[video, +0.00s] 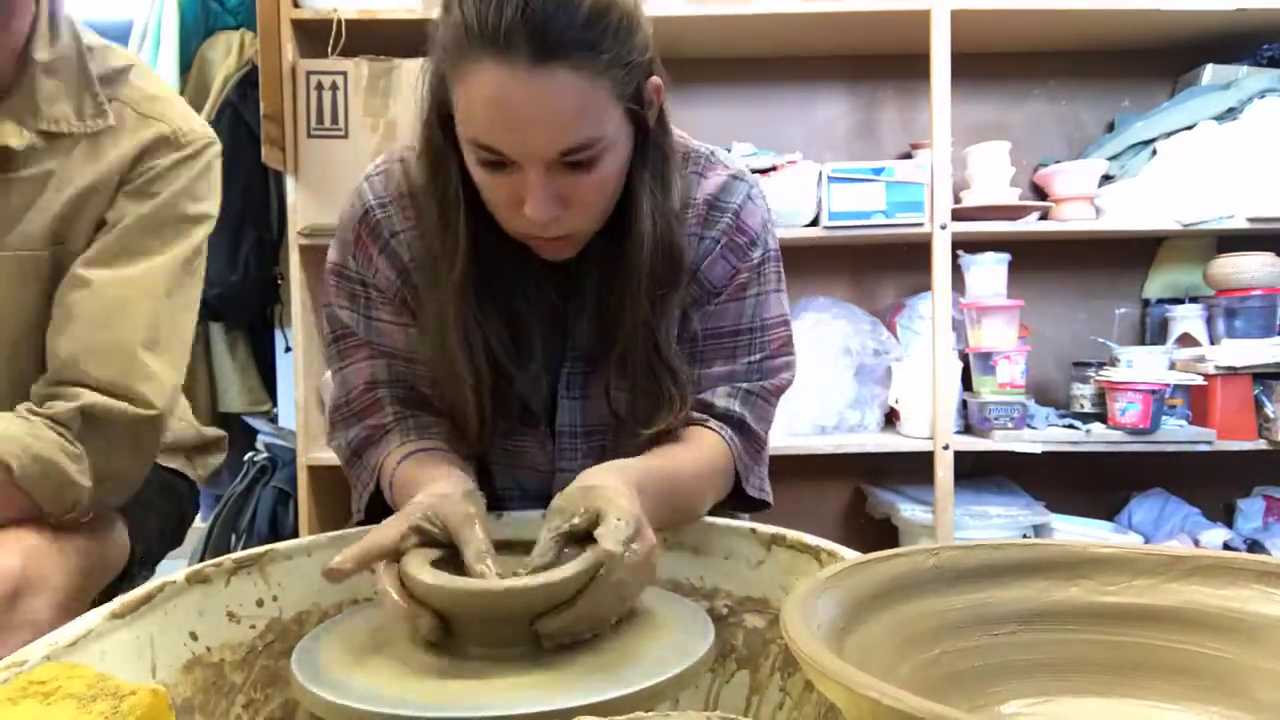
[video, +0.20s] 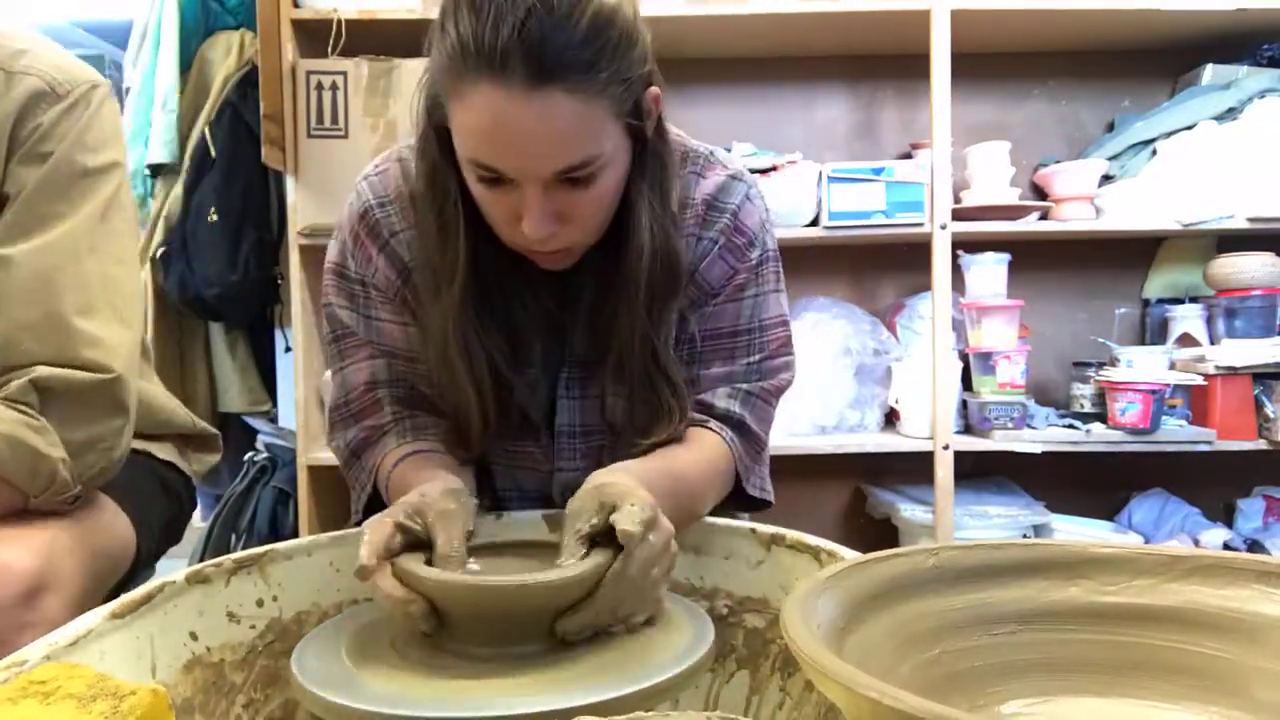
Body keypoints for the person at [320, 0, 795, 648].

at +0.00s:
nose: (539, 210)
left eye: (579, 163)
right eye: (495, 164)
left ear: (647, 109)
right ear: (451, 127)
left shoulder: (719, 211)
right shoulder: (390, 215)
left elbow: (731, 430)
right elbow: (383, 409)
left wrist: (635, 486)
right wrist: (438, 486)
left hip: (659, 568)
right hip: (464, 562)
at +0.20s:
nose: (535, 224)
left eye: (577, 178)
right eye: (492, 179)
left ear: (645, 120)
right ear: (448, 136)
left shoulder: (717, 210)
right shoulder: (388, 216)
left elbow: (734, 420)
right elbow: (383, 406)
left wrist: (653, 490)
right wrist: (430, 488)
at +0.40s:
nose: (599, 138)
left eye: (647, 107)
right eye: (571, 87)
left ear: (690, 103)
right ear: (518, 67)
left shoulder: (725, 212)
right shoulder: (408, 212)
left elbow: (734, 411)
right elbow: (397, 405)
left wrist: (657, 505)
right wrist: (439, 482)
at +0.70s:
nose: (537, 197)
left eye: (579, 153)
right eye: (495, 152)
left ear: (647, 107)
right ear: (454, 119)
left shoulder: (720, 222)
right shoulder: (391, 223)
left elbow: (756, 439)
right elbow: (396, 418)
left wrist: (668, 503)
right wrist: (395, 499)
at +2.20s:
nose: (525, 213)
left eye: (567, 165)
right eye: (483, 166)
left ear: (639, 116)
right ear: (441, 130)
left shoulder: (720, 231)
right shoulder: (374, 233)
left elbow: (756, 443)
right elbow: (357, 418)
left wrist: (682, 478)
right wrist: (374, 486)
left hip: (642, 612)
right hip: (445, 613)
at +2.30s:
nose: (490, 103)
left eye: (525, 59)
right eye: (451, 72)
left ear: (597, 53)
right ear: (425, 82)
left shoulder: (701, 218)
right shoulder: (383, 235)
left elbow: (742, 423)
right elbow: (390, 414)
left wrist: (668, 491)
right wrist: (392, 494)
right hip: (460, 612)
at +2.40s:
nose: (496, 99)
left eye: (531, 55)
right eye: (457, 67)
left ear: (603, 51)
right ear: (427, 78)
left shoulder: (705, 221)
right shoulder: (380, 234)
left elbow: (743, 425)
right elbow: (394, 421)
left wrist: (682, 480)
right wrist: (376, 493)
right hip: (458, 609)